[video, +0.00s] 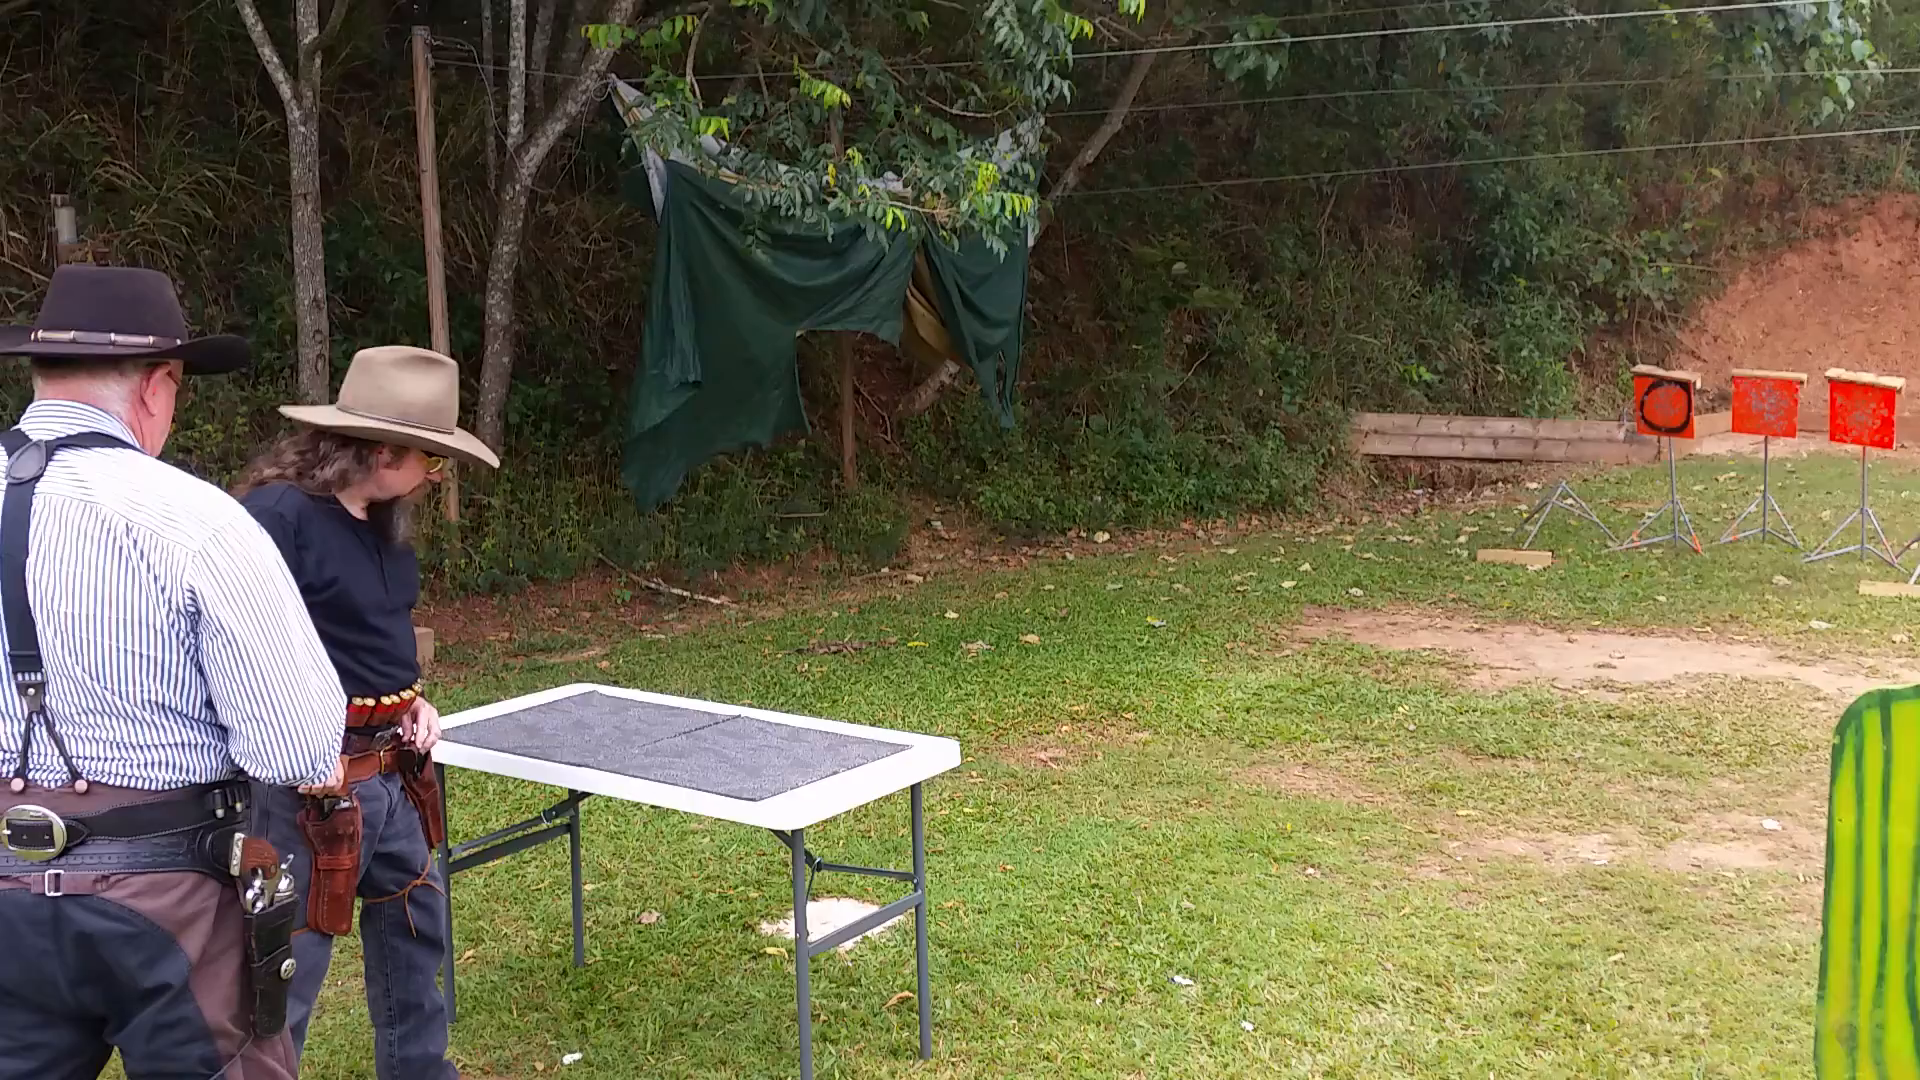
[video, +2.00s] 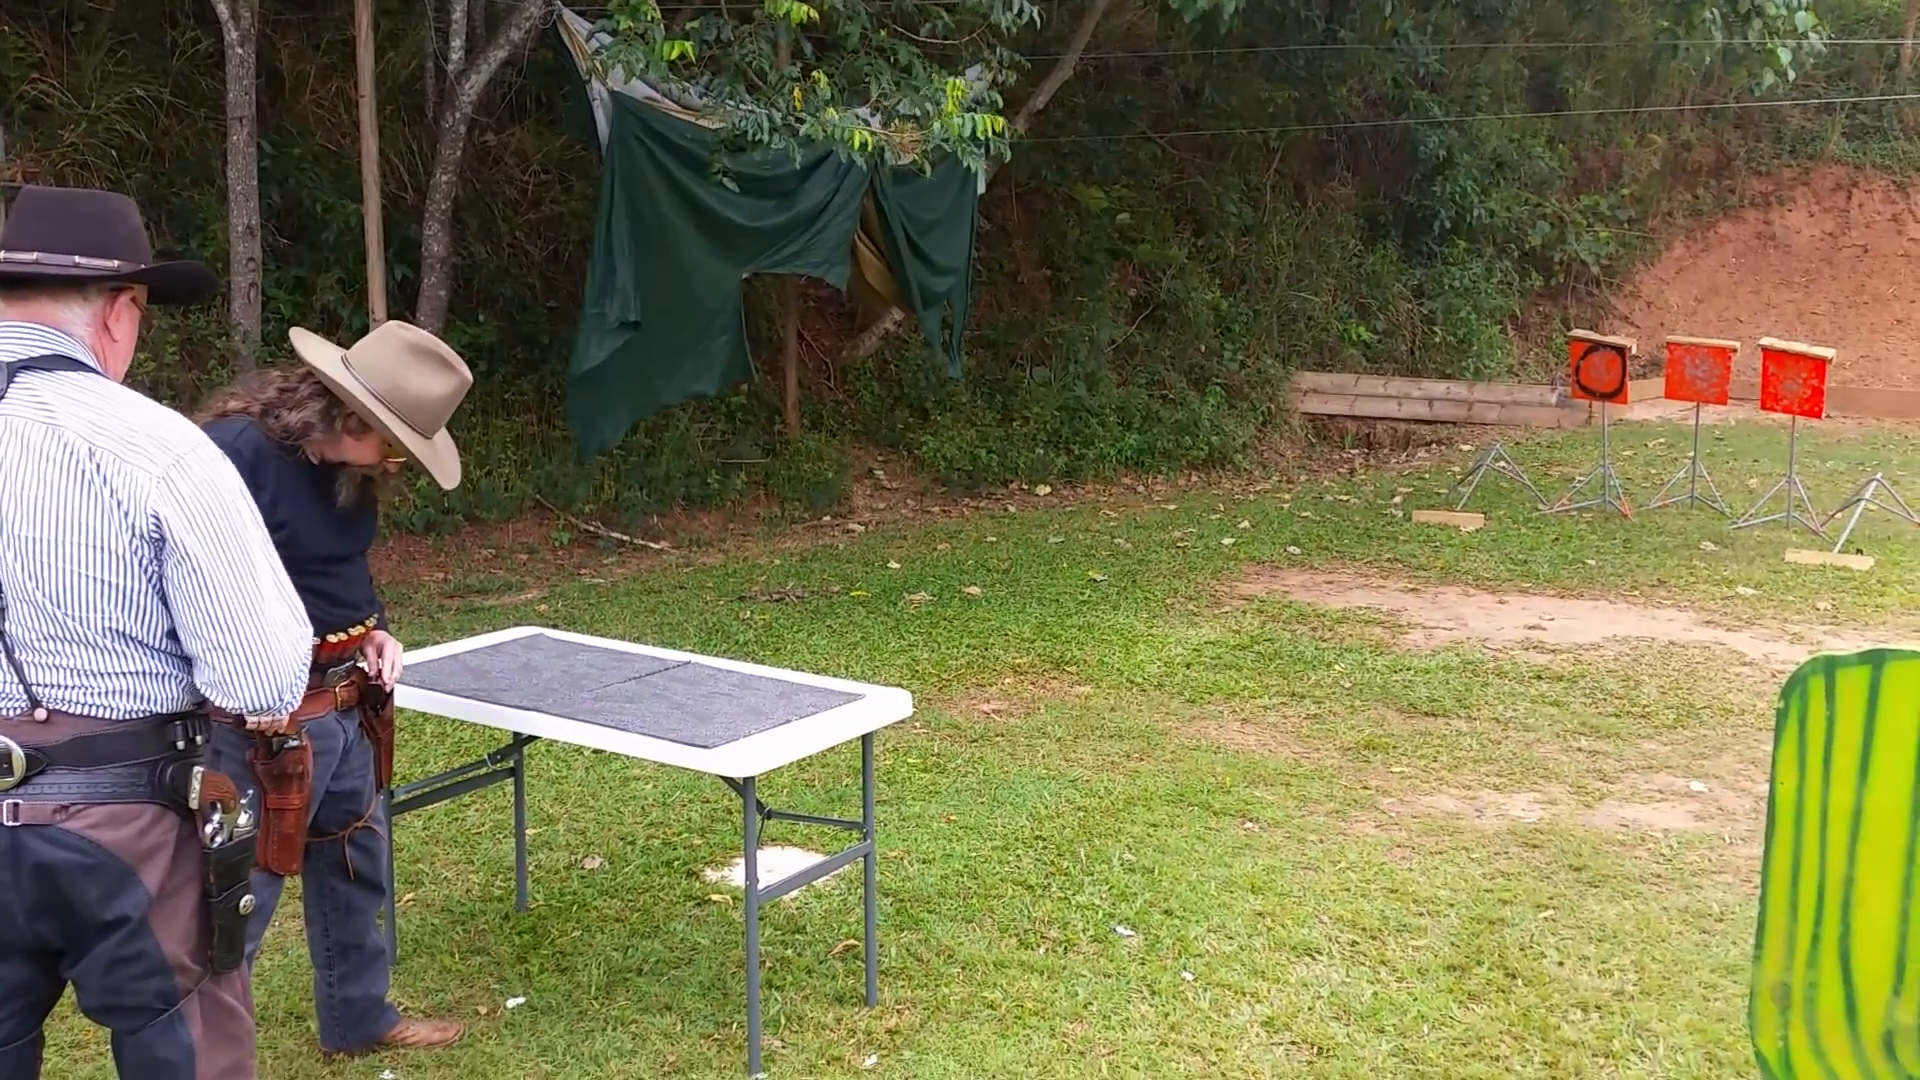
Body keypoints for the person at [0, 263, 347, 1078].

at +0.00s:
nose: (174, 410)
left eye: (179, 390)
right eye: (177, 389)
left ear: (43, 380)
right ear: (153, 389)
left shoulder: (4, 486)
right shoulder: (192, 515)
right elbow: (297, 744)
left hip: (10, 871)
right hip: (165, 878)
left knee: (29, 1063)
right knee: (222, 1063)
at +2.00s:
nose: (136, 338)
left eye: (140, 315)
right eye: (139, 316)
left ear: (5, 302)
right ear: (113, 316)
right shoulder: (146, 439)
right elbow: (268, 677)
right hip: (115, 802)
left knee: (7, 1046)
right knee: (192, 1053)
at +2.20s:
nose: (138, 327)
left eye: (138, 306)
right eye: (138, 305)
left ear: (1, 294)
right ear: (110, 303)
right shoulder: (144, 425)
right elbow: (311, 635)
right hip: (116, 786)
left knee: (6, 1040)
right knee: (191, 1048)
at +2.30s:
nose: (131, 322)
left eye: (131, 299)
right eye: (131, 298)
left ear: (1, 293)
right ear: (106, 299)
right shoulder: (150, 425)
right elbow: (321, 617)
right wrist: (298, 515)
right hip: (118, 785)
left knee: (7, 1040)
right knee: (189, 1051)